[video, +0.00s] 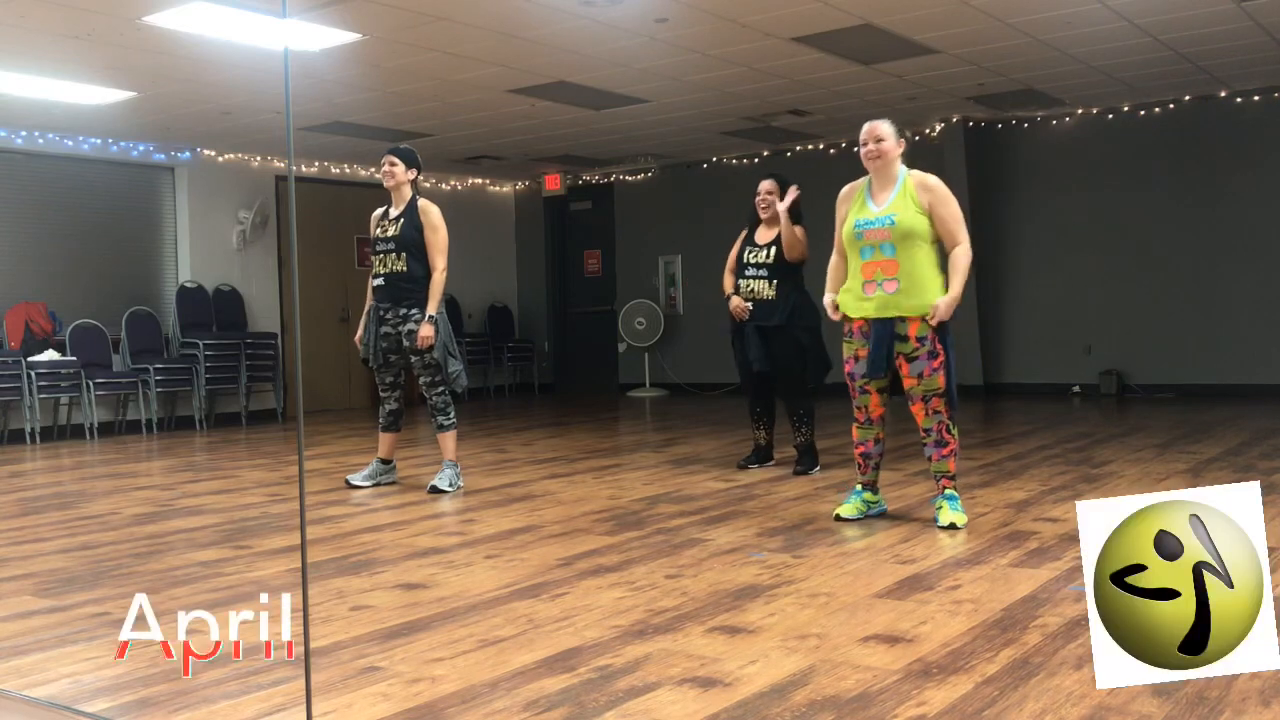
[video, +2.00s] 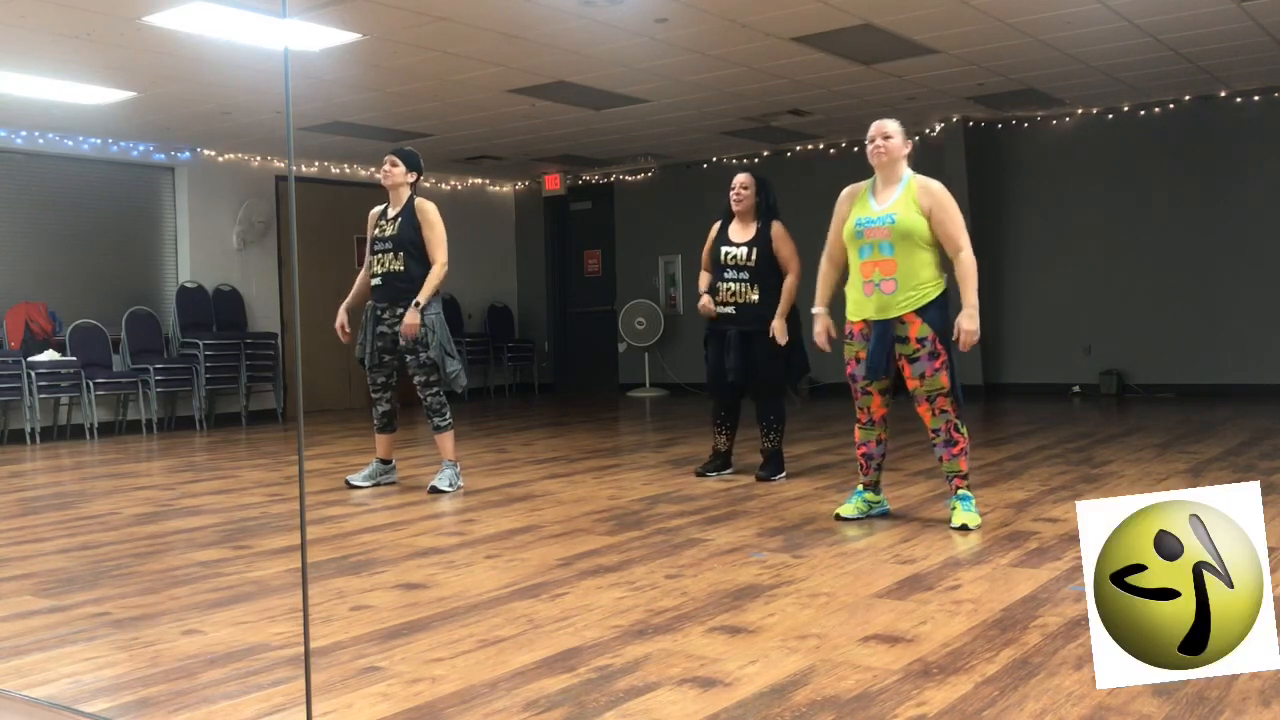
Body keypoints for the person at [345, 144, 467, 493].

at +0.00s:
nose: (385, 169)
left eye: (393, 165)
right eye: (384, 165)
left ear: (412, 173)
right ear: (382, 173)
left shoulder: (426, 210)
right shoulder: (378, 217)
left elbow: (439, 268)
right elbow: (377, 272)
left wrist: (430, 319)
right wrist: (364, 321)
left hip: (417, 314)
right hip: (382, 316)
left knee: (435, 390)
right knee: (388, 391)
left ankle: (451, 467)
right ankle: (384, 464)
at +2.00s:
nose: (384, 169)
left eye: (393, 165)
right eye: (384, 164)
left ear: (411, 175)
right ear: (382, 173)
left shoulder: (424, 209)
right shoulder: (376, 215)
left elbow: (441, 265)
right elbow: (369, 269)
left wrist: (416, 307)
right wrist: (346, 306)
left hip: (415, 312)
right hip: (380, 313)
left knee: (429, 388)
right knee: (380, 388)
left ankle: (450, 467)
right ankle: (384, 465)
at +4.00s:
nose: (381, 174)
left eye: (390, 172)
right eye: (380, 169)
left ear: (406, 182)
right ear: (377, 176)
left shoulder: (422, 216)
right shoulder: (363, 218)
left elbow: (444, 265)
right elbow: (348, 268)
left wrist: (454, 307)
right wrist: (317, 300)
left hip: (418, 312)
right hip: (379, 315)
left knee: (424, 378)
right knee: (372, 384)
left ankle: (447, 462)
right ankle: (389, 464)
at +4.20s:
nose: (389, 169)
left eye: (397, 165)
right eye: (388, 164)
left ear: (415, 174)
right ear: (386, 172)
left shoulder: (430, 212)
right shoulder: (374, 210)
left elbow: (443, 267)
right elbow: (363, 264)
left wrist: (431, 304)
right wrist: (350, 311)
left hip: (420, 311)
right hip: (384, 313)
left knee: (433, 385)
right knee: (386, 388)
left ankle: (459, 462)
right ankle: (390, 463)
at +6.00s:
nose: (412, 173)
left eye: (419, 168)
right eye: (410, 169)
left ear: (439, 175)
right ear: (409, 179)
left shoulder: (452, 208)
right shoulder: (413, 219)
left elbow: (446, 252)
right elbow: (411, 274)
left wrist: (416, 286)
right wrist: (386, 311)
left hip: (444, 314)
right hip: (410, 313)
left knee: (437, 385)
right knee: (367, 367)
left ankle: (460, 466)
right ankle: (383, 445)